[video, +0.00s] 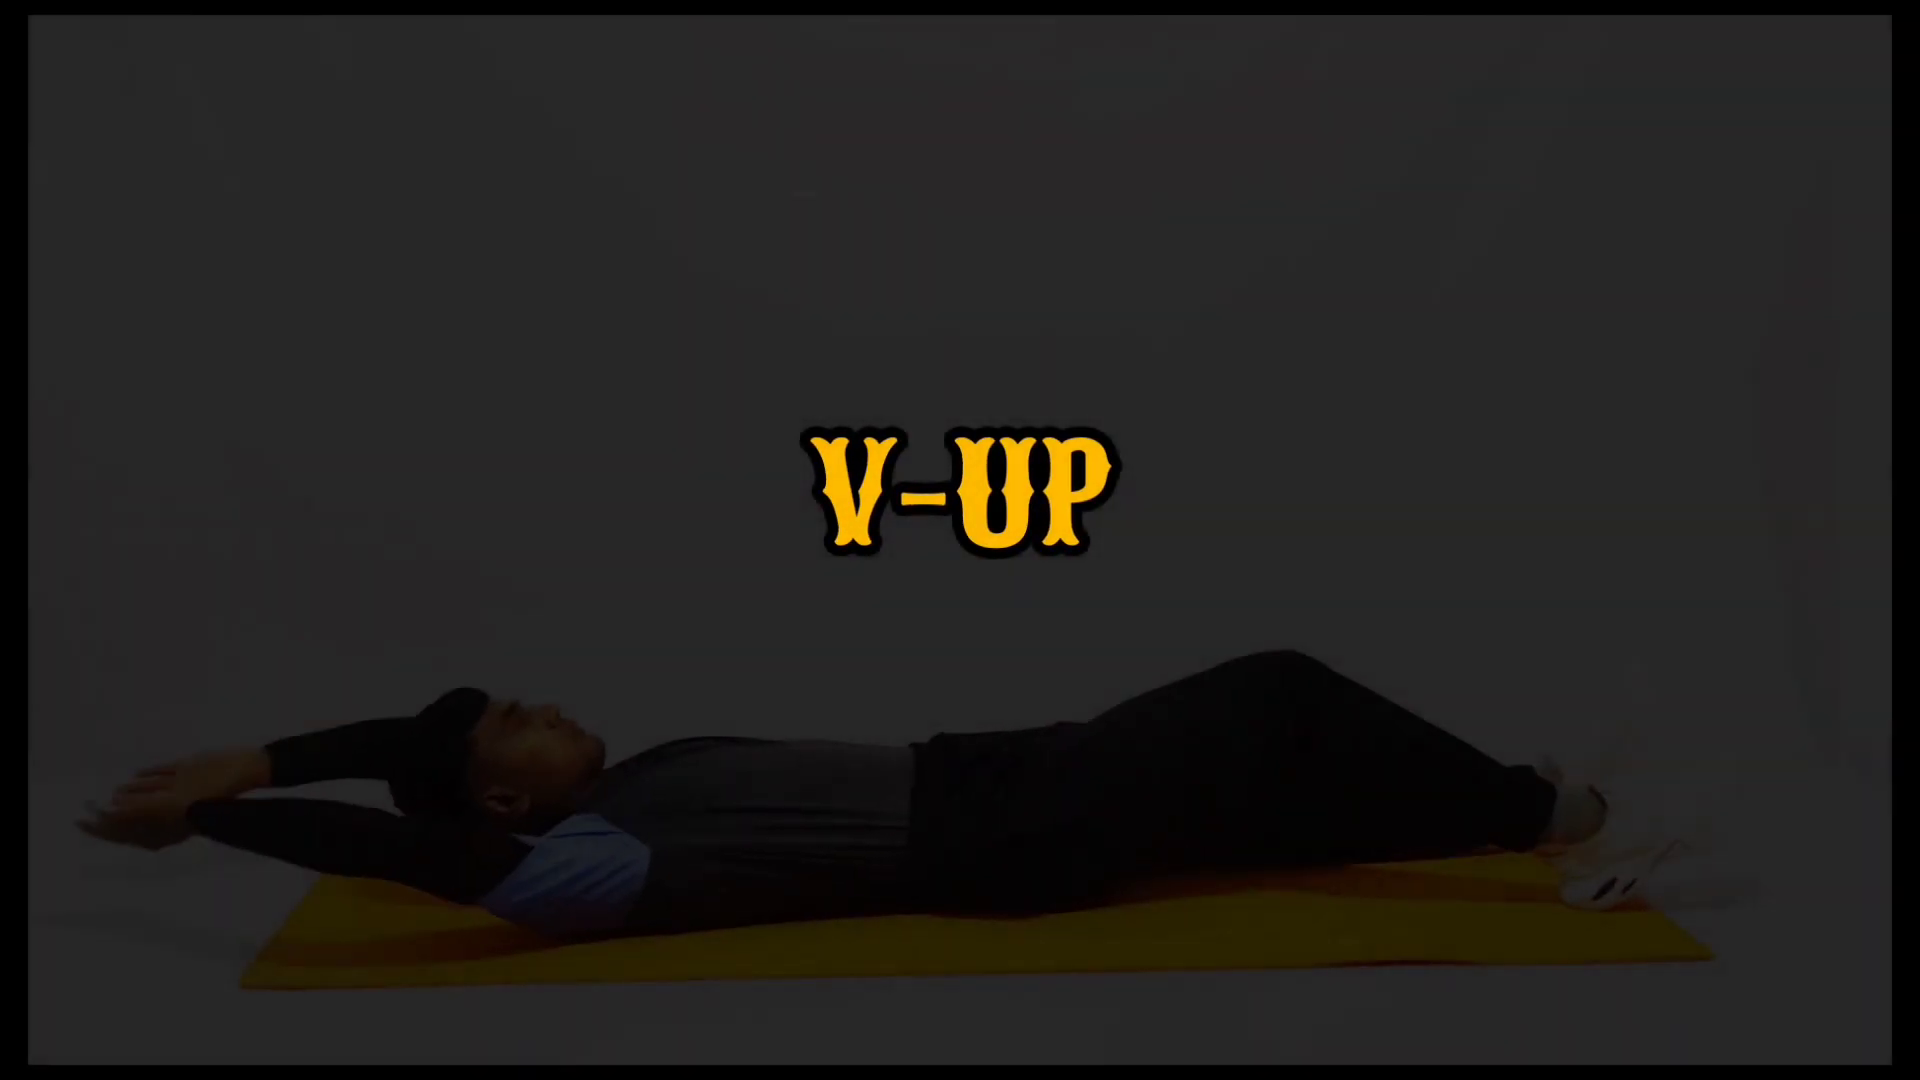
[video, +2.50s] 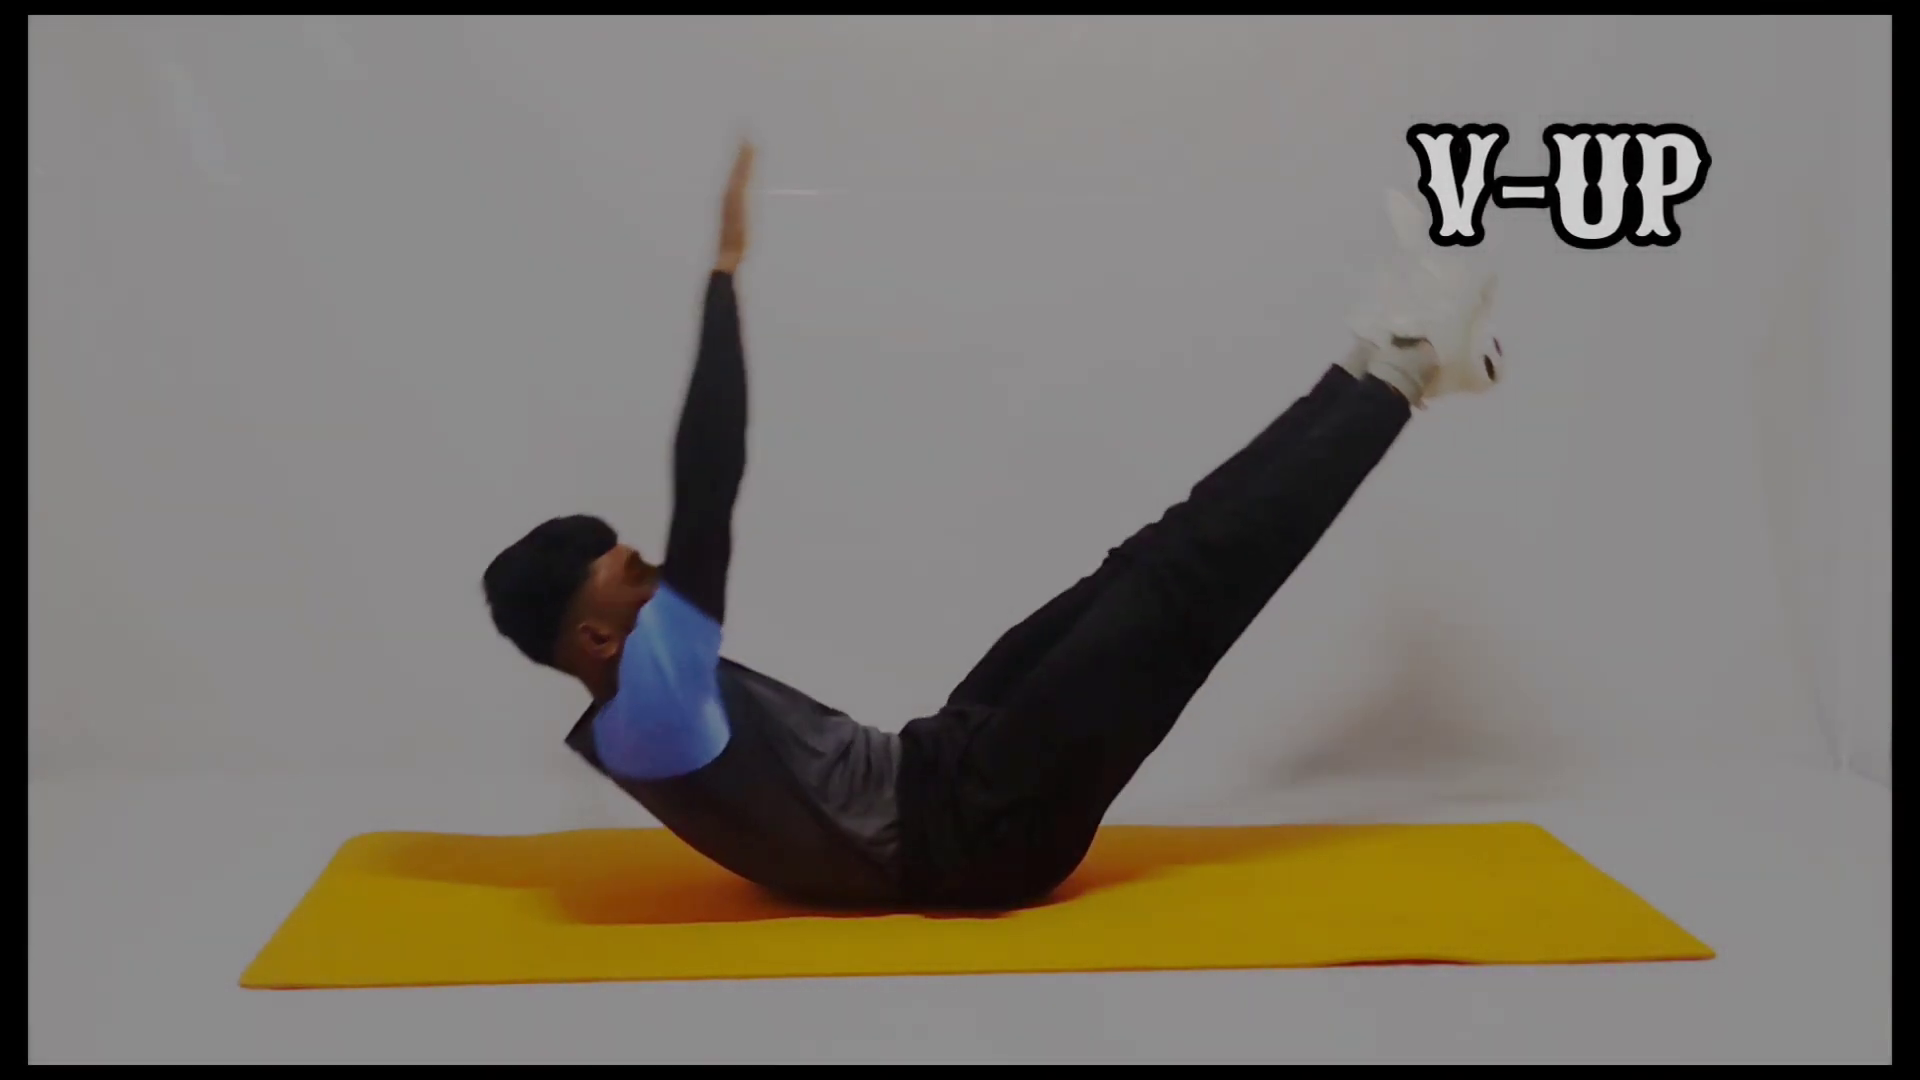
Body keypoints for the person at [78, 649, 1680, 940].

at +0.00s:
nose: (546, 733)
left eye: (528, 721)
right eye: (517, 745)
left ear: (545, 736)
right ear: (495, 806)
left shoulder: (624, 784)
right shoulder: (594, 851)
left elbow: (430, 765)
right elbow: (408, 848)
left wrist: (250, 770)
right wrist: (220, 816)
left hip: (1016, 773)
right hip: (1004, 832)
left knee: (1278, 682)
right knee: (1272, 713)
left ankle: (1510, 803)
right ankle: (1513, 819)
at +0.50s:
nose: (504, 779)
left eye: (488, 771)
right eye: (485, 797)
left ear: (516, 778)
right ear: (489, 845)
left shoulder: (614, 788)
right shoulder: (587, 858)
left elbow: (380, 833)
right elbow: (415, 910)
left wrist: (192, 862)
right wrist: (203, 918)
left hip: (967, 758)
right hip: (956, 826)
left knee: (1240, 766)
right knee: (1245, 817)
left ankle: (1519, 805)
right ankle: (1547, 827)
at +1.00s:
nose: (505, 779)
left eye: (487, 770)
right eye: (486, 798)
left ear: (514, 775)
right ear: (495, 840)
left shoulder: (618, 781)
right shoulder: (595, 851)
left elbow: (387, 841)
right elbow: (451, 906)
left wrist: (205, 878)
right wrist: (280, 923)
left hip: (974, 764)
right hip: (960, 829)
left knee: (1241, 766)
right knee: (1249, 828)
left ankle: (1521, 803)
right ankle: (1552, 834)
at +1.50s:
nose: (534, 741)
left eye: (515, 728)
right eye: (505, 754)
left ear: (532, 743)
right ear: (497, 811)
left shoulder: (621, 784)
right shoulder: (602, 852)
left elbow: (397, 741)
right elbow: (501, 850)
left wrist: (208, 704)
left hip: (977, 766)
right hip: (966, 829)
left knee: (1245, 737)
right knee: (1246, 773)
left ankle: (1535, 761)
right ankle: (1553, 784)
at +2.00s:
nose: (754, 510)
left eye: (737, 495)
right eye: (726, 508)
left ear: (690, 551)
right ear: (680, 563)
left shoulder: (726, 621)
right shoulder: (737, 634)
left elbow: (880, 473)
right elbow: (893, 485)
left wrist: (990, 316)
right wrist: (1016, 319)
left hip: (963, 797)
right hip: (981, 840)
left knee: (1140, 560)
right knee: (1166, 577)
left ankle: (1348, 330)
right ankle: (1390, 350)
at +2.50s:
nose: (647, 585)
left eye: (633, 572)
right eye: (621, 584)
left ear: (586, 638)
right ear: (580, 642)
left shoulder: (632, 706)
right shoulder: (658, 688)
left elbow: (702, 499)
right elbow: (705, 493)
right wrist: (725, 276)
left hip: (940, 796)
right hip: (965, 834)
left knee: (1145, 575)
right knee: (1175, 587)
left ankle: (1374, 369)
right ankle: (1391, 376)